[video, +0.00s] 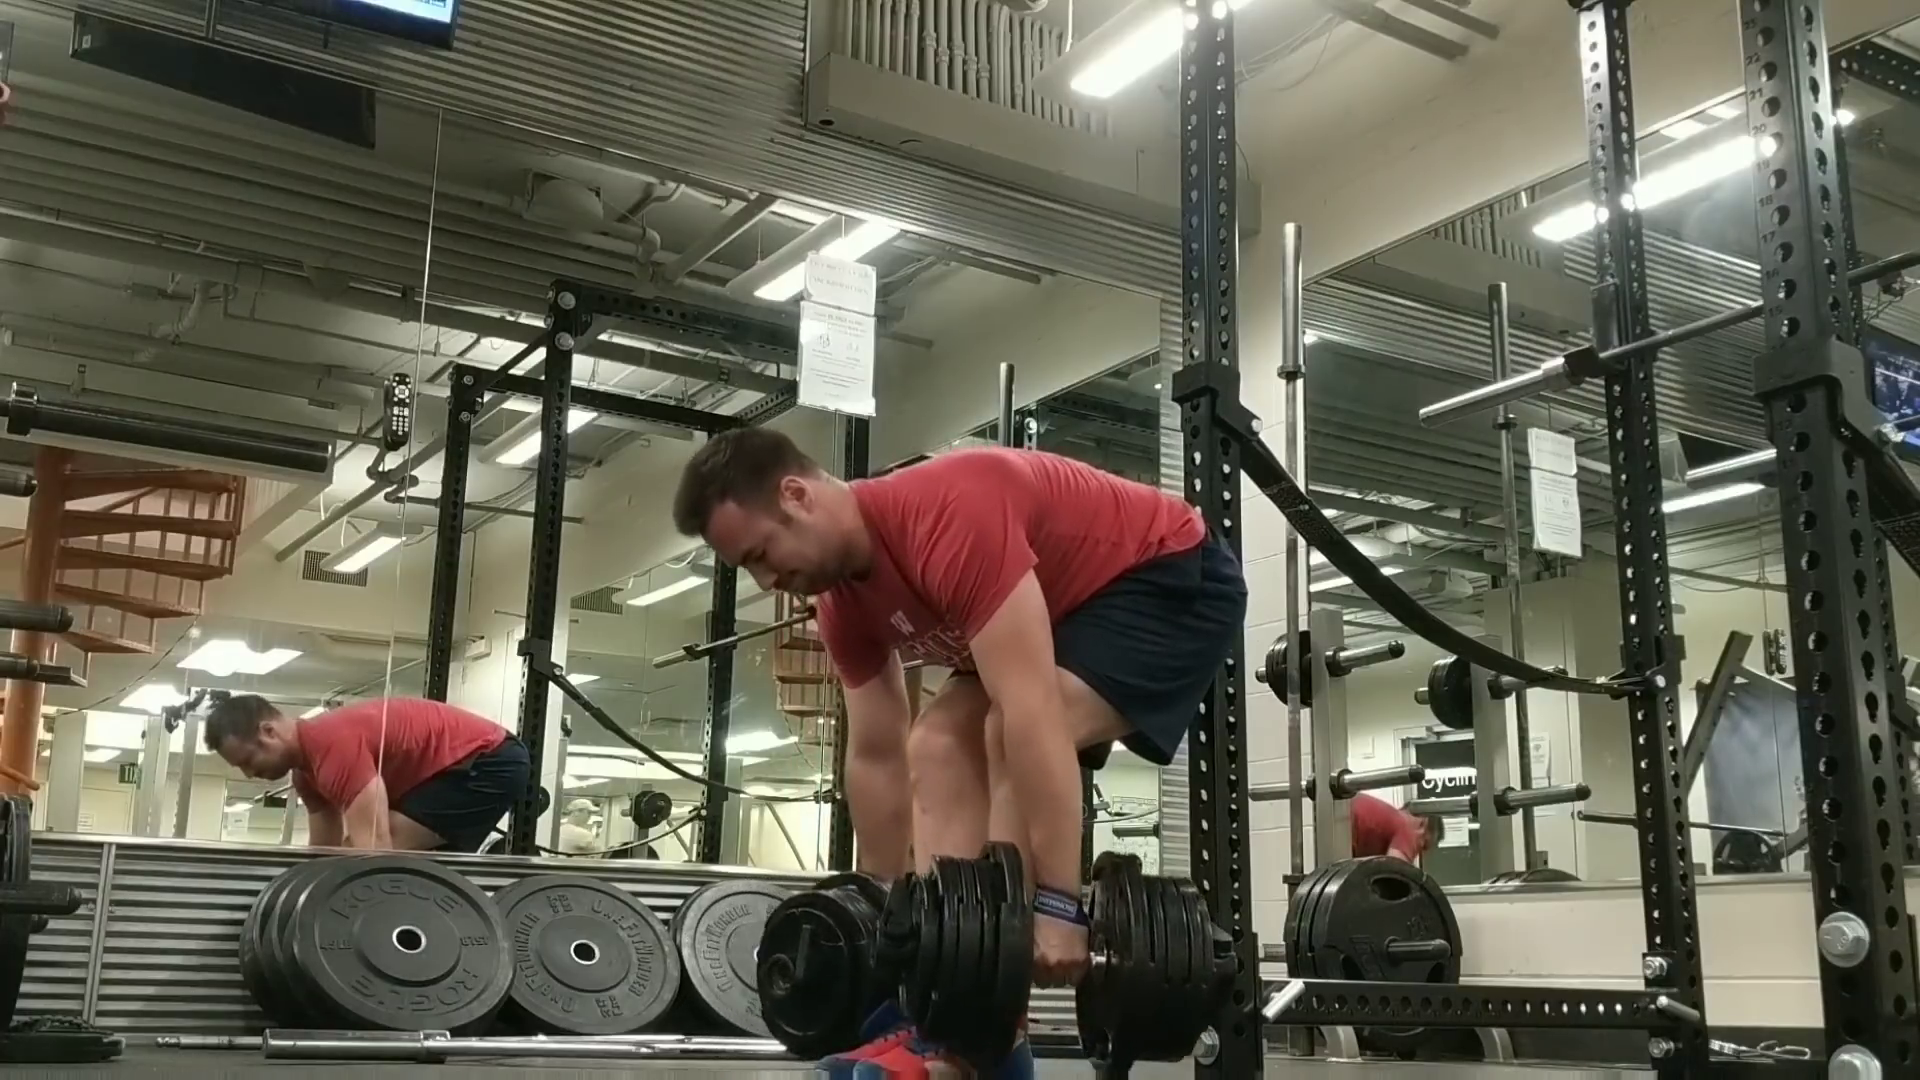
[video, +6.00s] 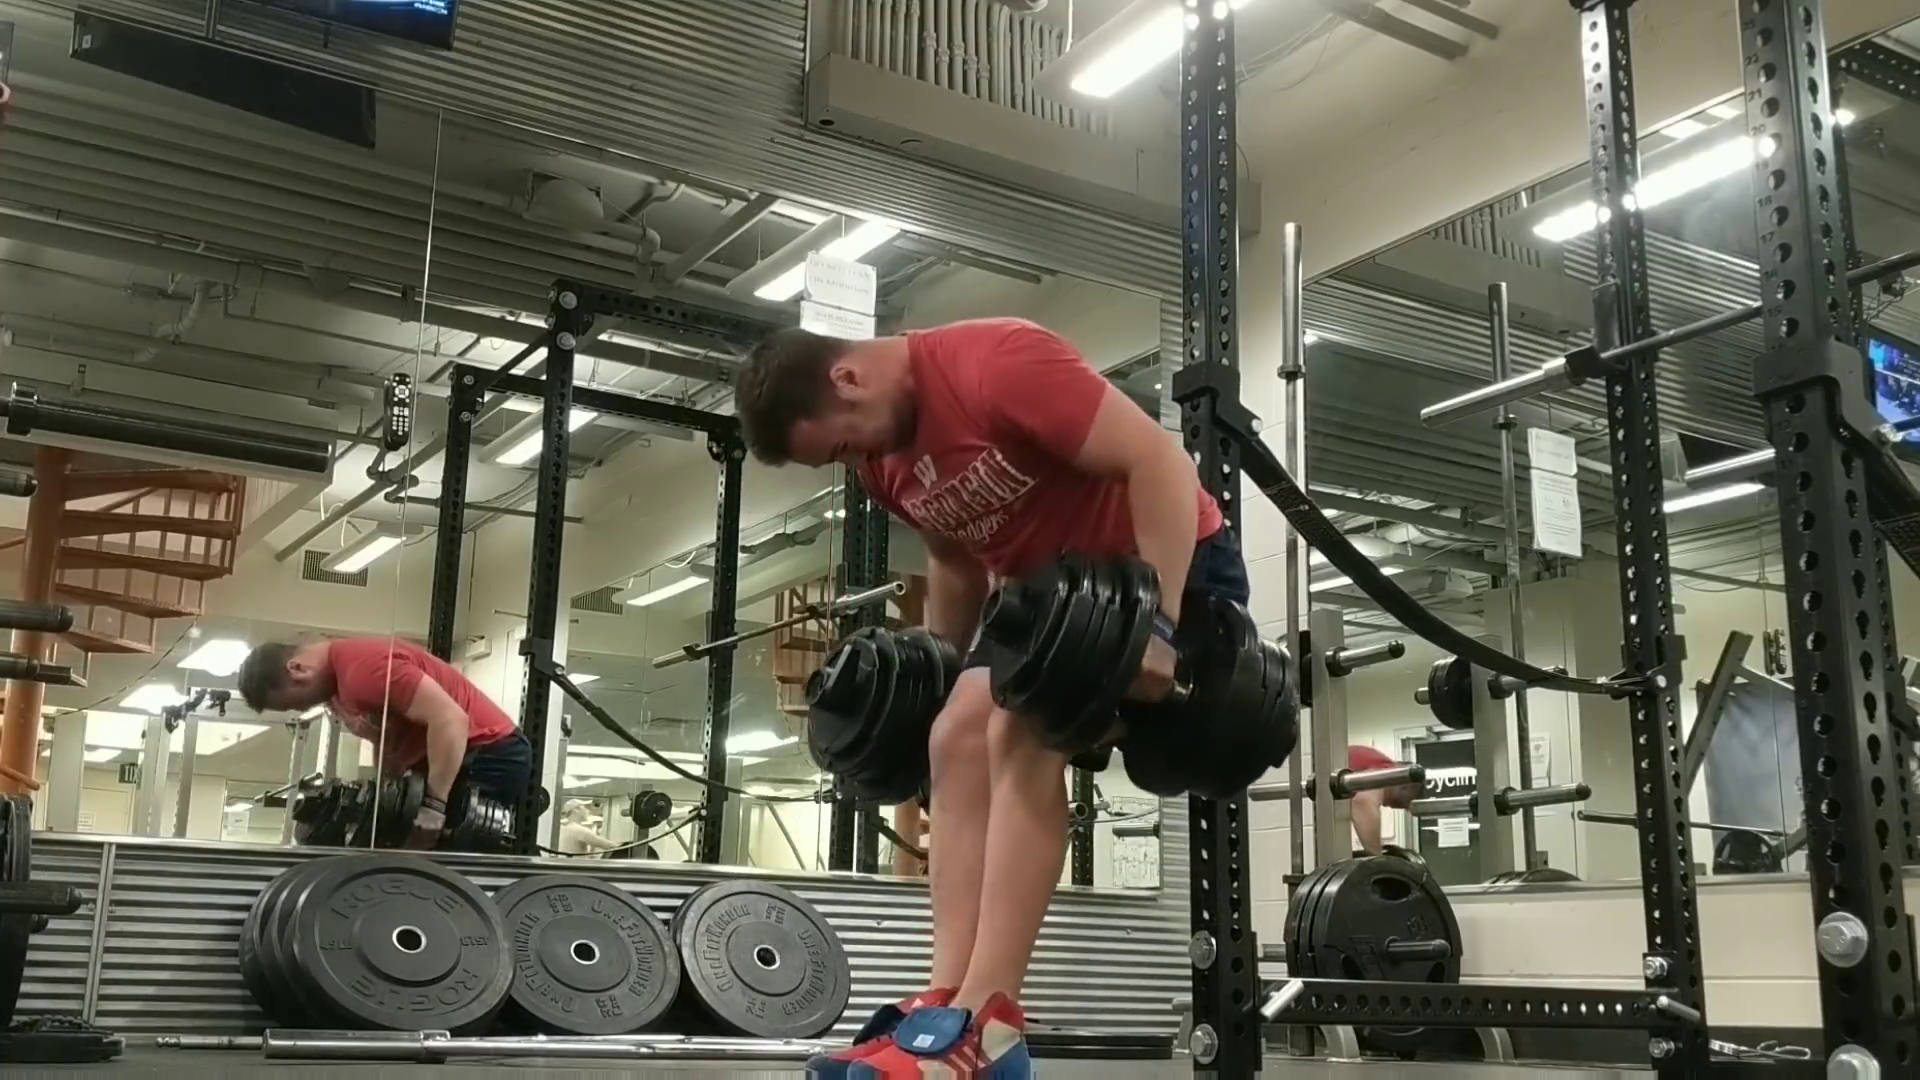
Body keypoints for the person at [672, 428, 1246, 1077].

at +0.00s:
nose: (766, 584)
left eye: (761, 556)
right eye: (748, 570)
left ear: (800, 493)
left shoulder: (956, 513)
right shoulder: (845, 602)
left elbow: (1030, 707)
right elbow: (876, 755)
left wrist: (1058, 907)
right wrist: (878, 931)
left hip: (1172, 576)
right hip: (1066, 608)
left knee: (1018, 730)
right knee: (937, 737)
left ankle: (991, 1031)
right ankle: (933, 1018)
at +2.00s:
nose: (763, 546)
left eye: (761, 520)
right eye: (748, 535)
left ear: (801, 458)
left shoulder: (955, 494)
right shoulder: (845, 580)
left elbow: (1008, 695)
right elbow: (874, 733)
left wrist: (1031, 883)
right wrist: (876, 899)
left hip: (1170, 581)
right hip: (1071, 608)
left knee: (971, 739)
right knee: (934, 739)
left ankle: (989, 1030)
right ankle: (930, 1020)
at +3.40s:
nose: (773, 510)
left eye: (767, 484)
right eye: (756, 499)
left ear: (804, 423)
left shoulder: (952, 456)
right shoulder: (846, 538)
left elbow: (1043, 624)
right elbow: (883, 684)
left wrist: (1040, 808)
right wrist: (876, 844)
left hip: (1166, 578)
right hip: (1054, 603)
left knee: (1009, 732)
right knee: (942, 733)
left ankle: (993, 1020)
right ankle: (943, 1003)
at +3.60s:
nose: (796, 478)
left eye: (788, 455)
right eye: (778, 471)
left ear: (816, 391)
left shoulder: (967, 412)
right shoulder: (857, 509)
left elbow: (1094, 548)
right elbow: (906, 631)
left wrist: (1088, 721)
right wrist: (896, 769)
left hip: (1163, 572)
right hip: (1040, 604)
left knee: (1020, 764)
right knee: (948, 757)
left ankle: (988, 1020)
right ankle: (941, 1004)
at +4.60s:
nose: (794, 482)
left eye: (785, 459)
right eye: (775, 475)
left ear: (812, 394)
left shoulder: (965, 420)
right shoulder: (853, 512)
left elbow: (1026, 602)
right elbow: (874, 665)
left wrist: (1029, 786)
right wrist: (864, 821)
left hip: (1164, 574)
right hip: (1053, 603)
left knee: (1018, 741)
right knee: (930, 747)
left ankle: (991, 1018)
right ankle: (942, 1000)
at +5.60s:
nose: (819, 453)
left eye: (810, 432)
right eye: (800, 447)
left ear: (834, 366)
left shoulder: (985, 382)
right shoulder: (865, 475)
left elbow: (1107, 524)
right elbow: (915, 595)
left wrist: (1097, 691)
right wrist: (904, 735)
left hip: (1159, 563)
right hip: (1038, 594)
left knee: (1026, 752)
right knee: (956, 746)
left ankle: (991, 1014)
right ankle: (942, 1000)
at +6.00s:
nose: (855, 461)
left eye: (843, 444)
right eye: (838, 458)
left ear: (848, 377)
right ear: (847, 379)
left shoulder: (997, 365)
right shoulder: (881, 458)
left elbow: (1159, 459)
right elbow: (954, 558)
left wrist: (1162, 621)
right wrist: (934, 683)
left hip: (1160, 564)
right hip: (1054, 595)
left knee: (1021, 729)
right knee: (957, 730)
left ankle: (991, 1017)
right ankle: (943, 1002)